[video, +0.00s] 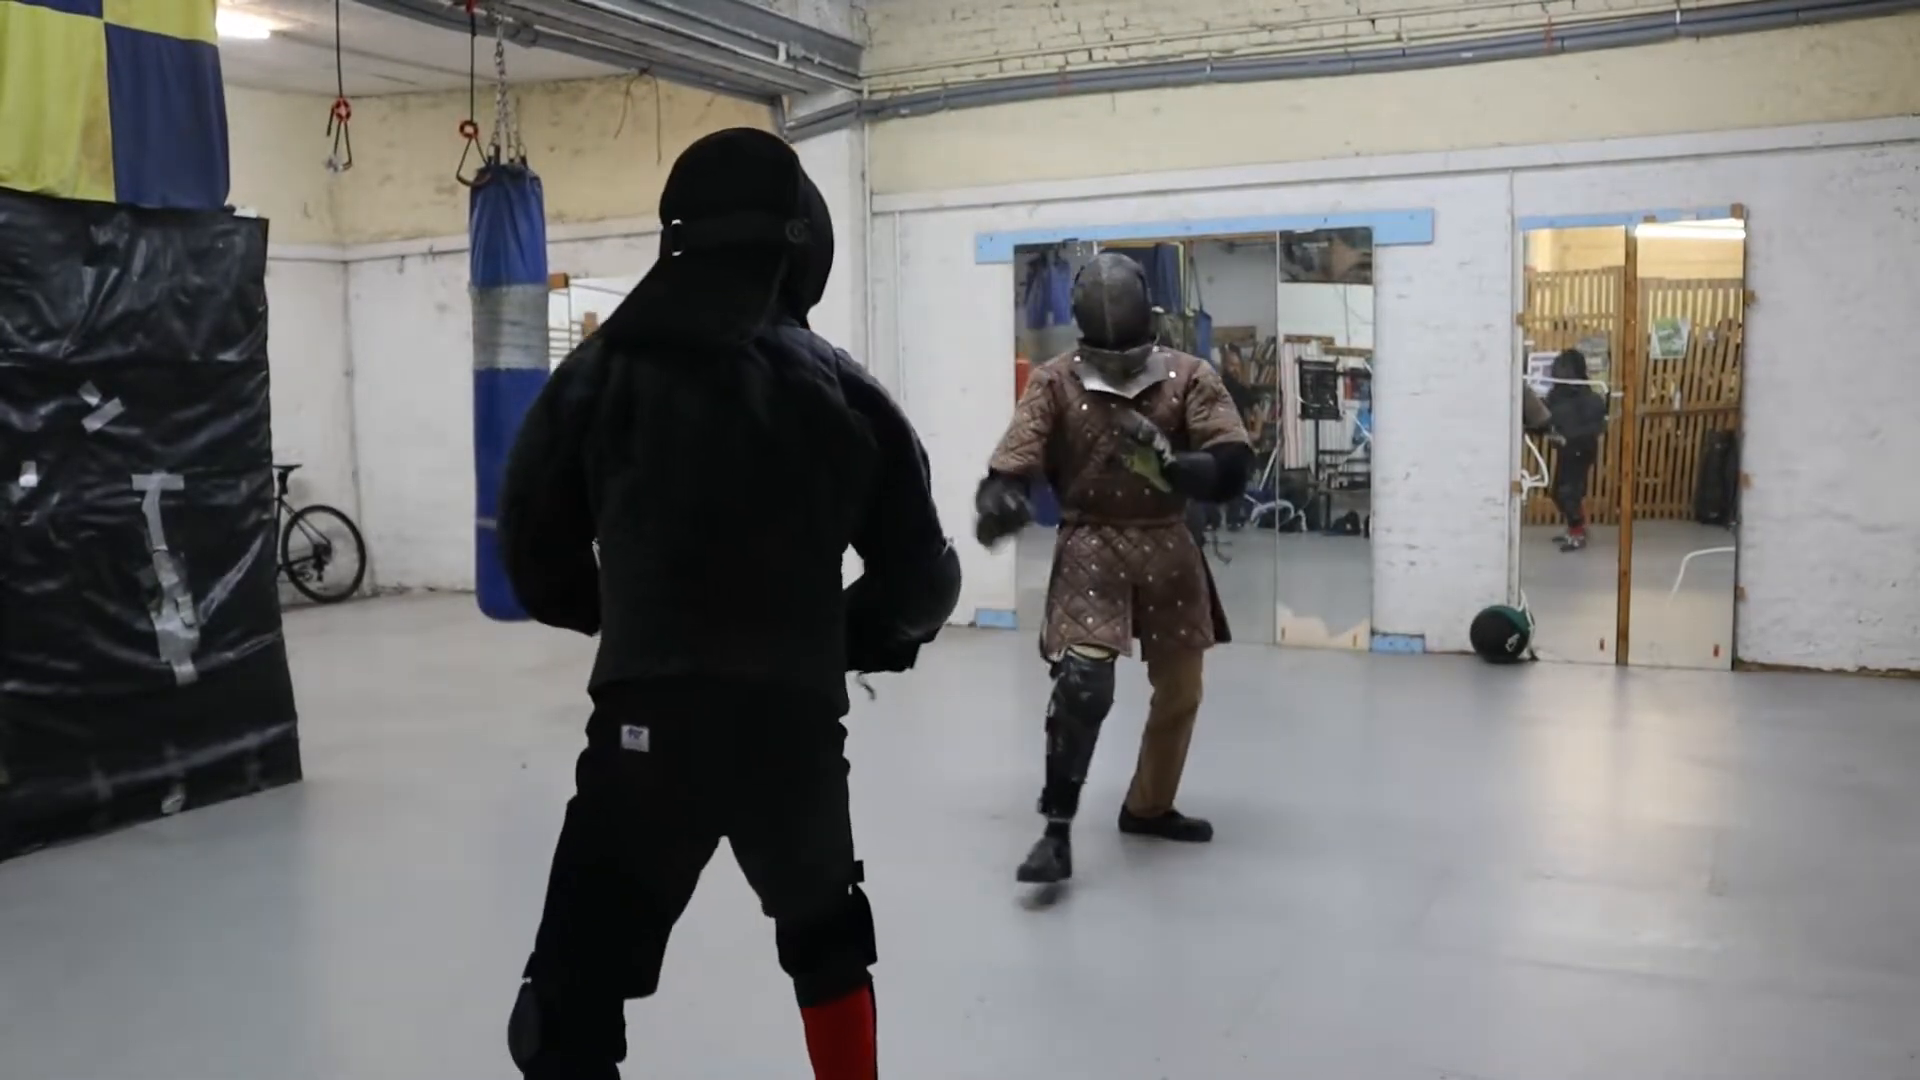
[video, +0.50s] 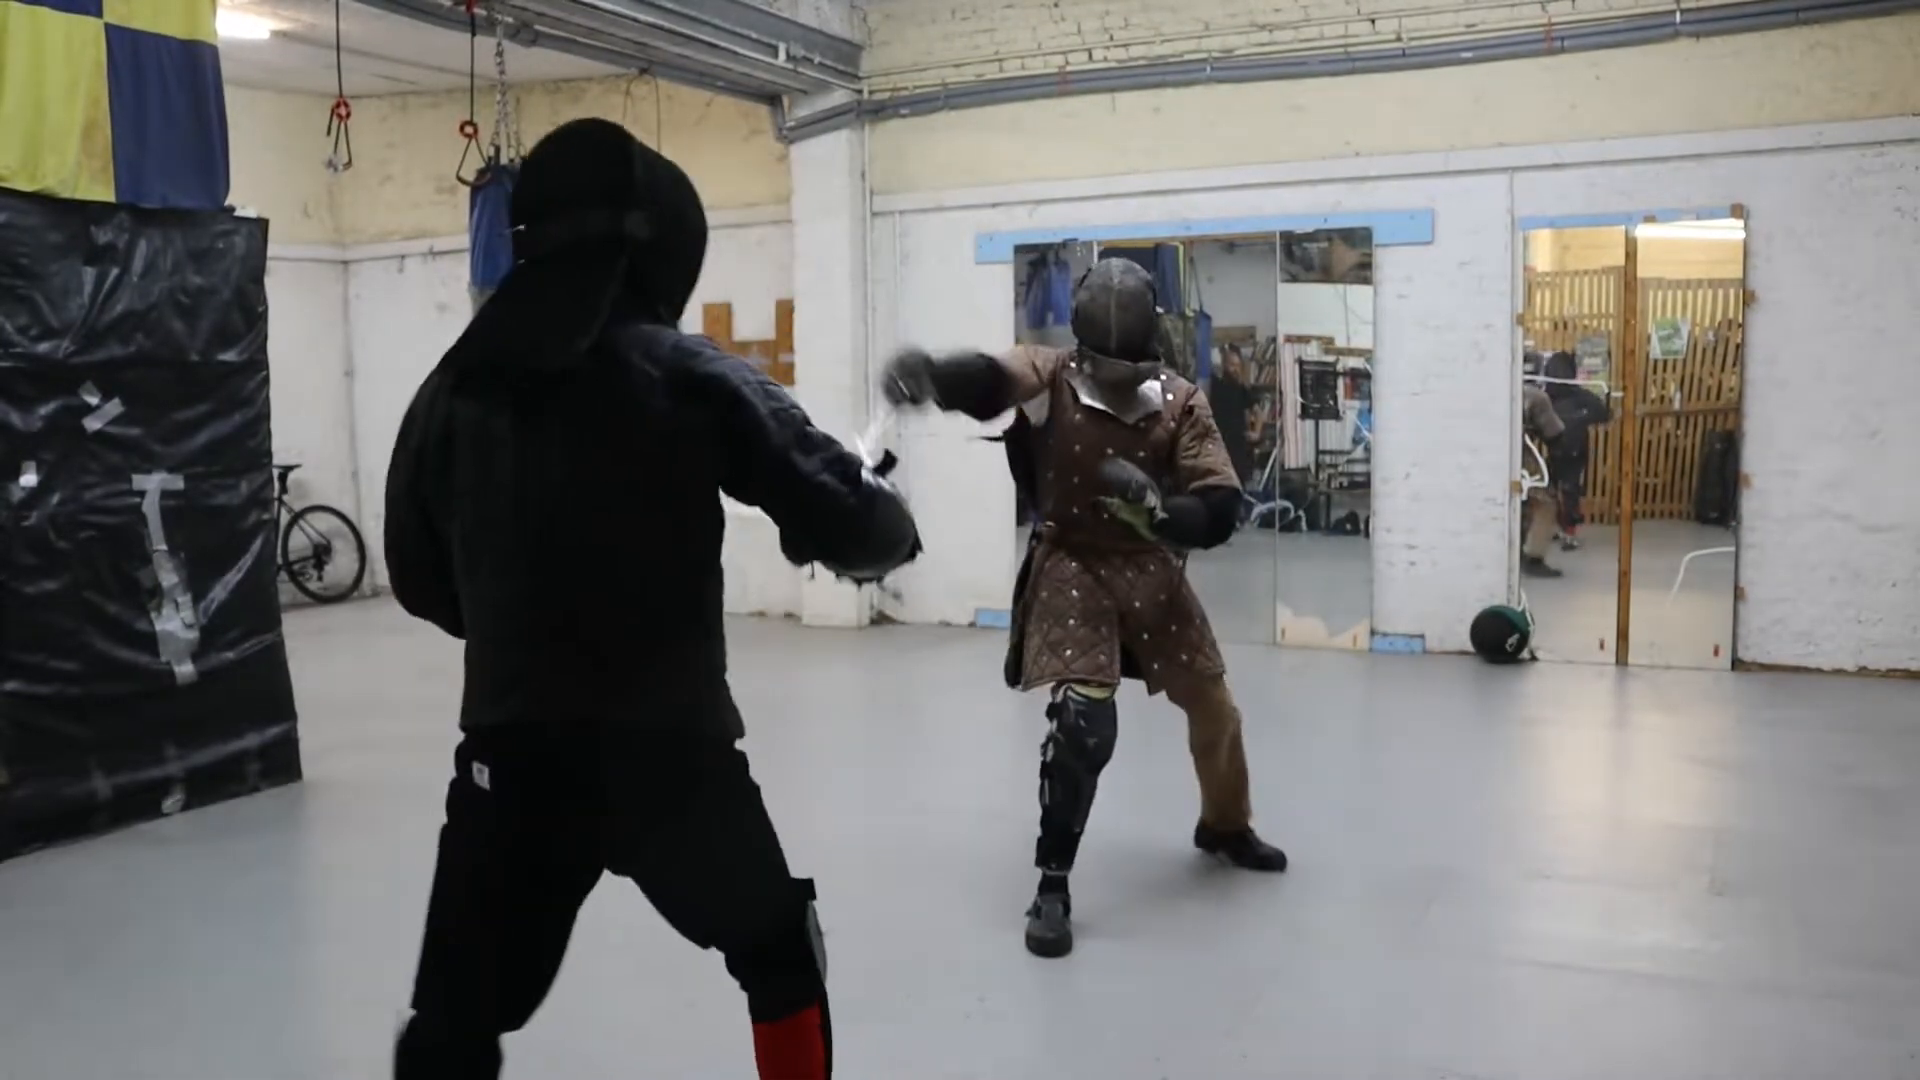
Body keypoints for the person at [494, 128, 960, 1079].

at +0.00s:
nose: (814, 258)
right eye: (807, 239)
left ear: (676, 243)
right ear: (796, 248)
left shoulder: (598, 374)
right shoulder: (839, 391)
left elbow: (536, 558)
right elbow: (922, 575)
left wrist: (625, 605)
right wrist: (841, 636)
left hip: (645, 736)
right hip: (792, 735)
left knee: (578, 984)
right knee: (827, 942)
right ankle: (849, 1073)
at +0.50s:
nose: (692, 263)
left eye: (684, 237)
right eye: (681, 238)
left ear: (533, 243)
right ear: (656, 246)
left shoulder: (454, 390)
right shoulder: (688, 377)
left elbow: (420, 577)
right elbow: (858, 526)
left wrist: (533, 620)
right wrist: (880, 518)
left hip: (512, 764)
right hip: (672, 761)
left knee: (449, 1026)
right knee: (776, 946)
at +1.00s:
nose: (546, 269)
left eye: (543, 245)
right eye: (540, 247)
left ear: (371, 247)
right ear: (510, 251)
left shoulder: (301, 395)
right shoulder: (545, 389)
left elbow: (276, 591)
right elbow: (658, 584)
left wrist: (389, 621)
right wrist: (706, 598)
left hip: (373, 794)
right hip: (537, 787)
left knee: (337, 1057)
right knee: (679, 954)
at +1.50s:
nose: (694, 264)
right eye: (684, 244)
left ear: (550, 258)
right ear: (666, 256)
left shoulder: (471, 402)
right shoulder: (710, 390)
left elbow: (435, 580)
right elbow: (873, 511)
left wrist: (540, 602)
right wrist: (938, 466)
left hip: (535, 755)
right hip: (683, 748)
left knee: (485, 995)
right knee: (771, 921)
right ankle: (794, 1071)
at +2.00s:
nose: (764, 264)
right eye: (758, 246)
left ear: (633, 254)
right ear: (752, 259)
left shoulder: (568, 378)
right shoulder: (792, 392)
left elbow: (412, 496)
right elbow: (890, 563)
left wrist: (542, 501)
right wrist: (940, 545)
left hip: (622, 738)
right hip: (758, 738)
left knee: (554, 988)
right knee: (792, 914)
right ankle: (796, 1072)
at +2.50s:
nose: (831, 278)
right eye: (828, 261)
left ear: (716, 260)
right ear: (820, 267)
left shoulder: (659, 365)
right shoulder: (858, 396)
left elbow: (495, 425)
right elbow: (938, 542)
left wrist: (560, 597)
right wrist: (1019, 601)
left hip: (701, 701)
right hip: (819, 700)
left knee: (678, 933)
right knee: (865, 861)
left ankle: (696, 1074)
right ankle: (905, 1032)